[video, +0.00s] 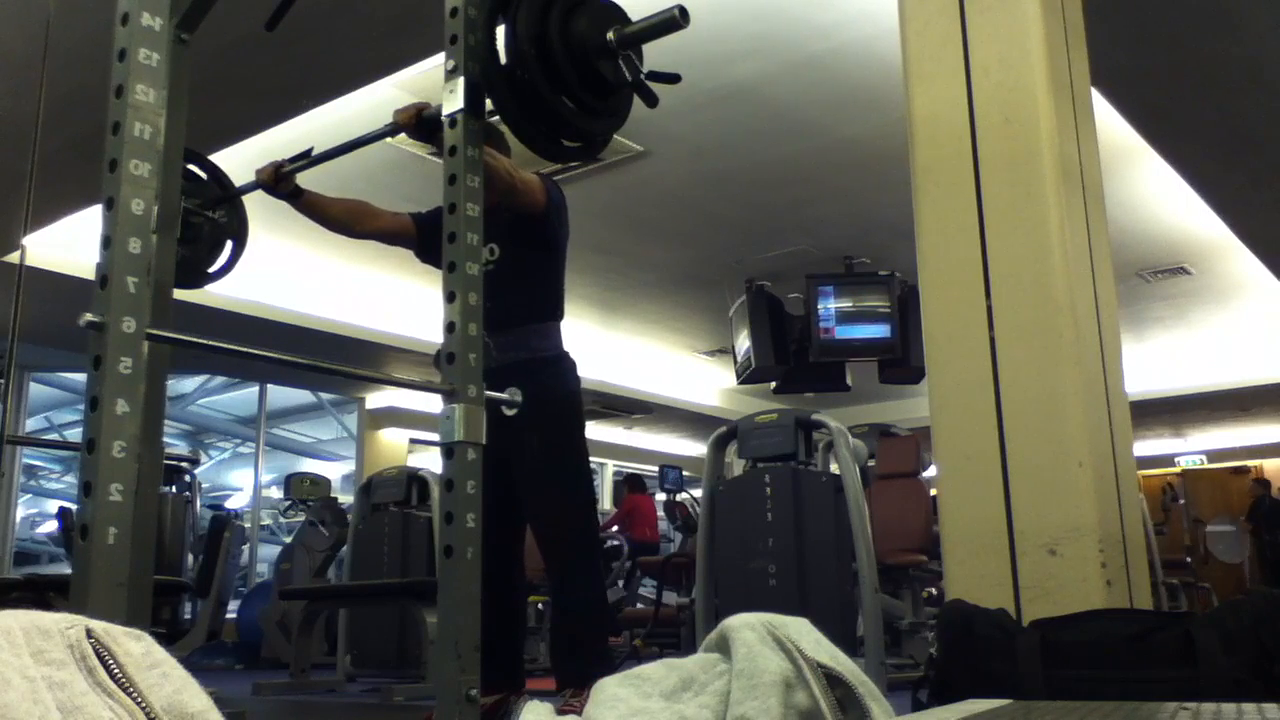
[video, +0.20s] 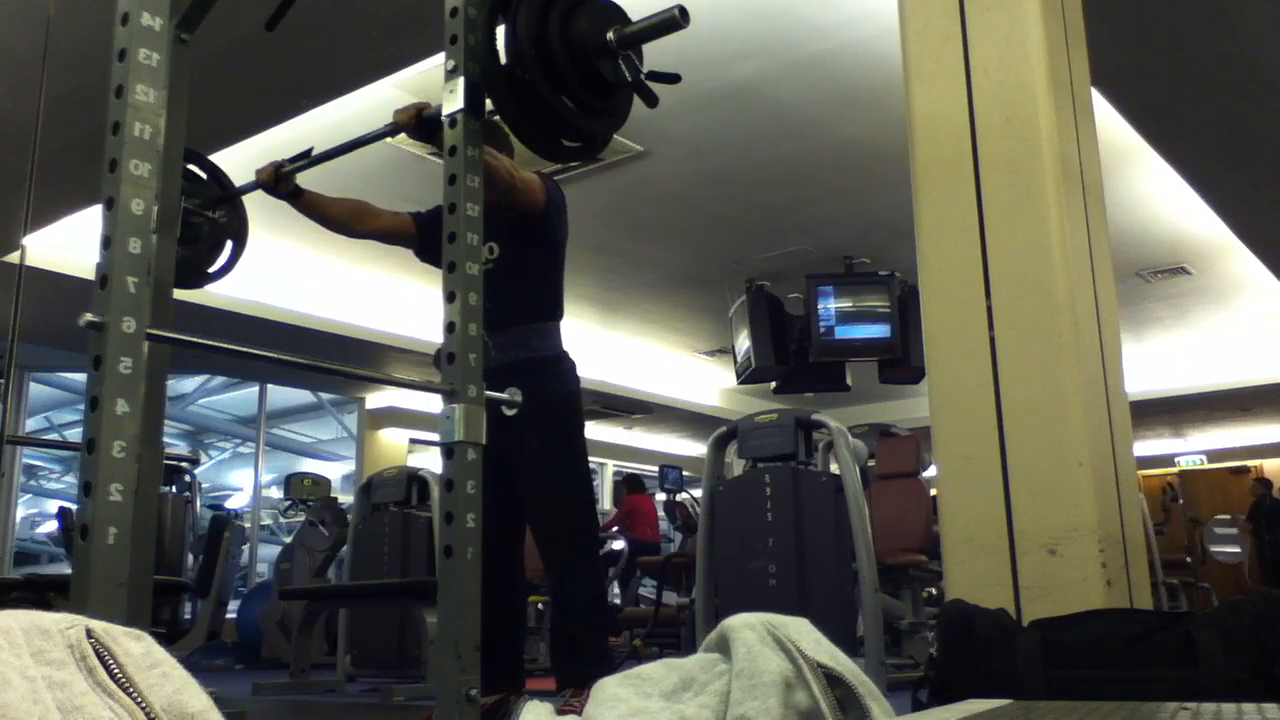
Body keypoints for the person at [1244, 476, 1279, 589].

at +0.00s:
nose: (1250, 489)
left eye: (1253, 486)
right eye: (1251, 485)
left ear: (1260, 488)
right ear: (1266, 488)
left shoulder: (1257, 503)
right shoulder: (1275, 502)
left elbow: (1248, 526)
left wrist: (1241, 523)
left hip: (1262, 545)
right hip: (1276, 544)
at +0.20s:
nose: (1251, 488)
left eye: (1254, 485)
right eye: (1252, 485)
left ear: (1261, 488)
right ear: (1267, 489)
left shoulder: (1258, 503)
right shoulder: (1276, 502)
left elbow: (1247, 527)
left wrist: (1237, 521)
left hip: (1263, 547)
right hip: (1276, 545)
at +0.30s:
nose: (1252, 488)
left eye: (1255, 485)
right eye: (1253, 485)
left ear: (1263, 488)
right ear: (1269, 489)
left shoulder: (1259, 504)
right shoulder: (1276, 502)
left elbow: (1249, 525)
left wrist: (1236, 520)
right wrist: (1239, 519)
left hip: (1264, 547)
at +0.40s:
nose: (1253, 488)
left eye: (1256, 485)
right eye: (1254, 485)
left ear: (1264, 489)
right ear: (1268, 489)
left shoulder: (1260, 505)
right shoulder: (1276, 502)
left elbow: (1251, 525)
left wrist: (1237, 522)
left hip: (1265, 550)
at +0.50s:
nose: (1255, 487)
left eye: (1259, 485)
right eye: (1256, 484)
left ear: (1266, 489)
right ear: (1268, 489)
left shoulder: (1264, 505)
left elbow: (1255, 524)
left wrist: (1240, 522)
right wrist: (1244, 520)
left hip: (1268, 550)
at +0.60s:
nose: (1258, 489)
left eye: (1261, 486)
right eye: (1258, 486)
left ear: (1269, 488)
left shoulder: (1269, 503)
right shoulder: (1267, 502)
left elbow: (1259, 523)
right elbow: (1259, 519)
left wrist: (1242, 522)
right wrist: (1246, 518)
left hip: (1271, 548)